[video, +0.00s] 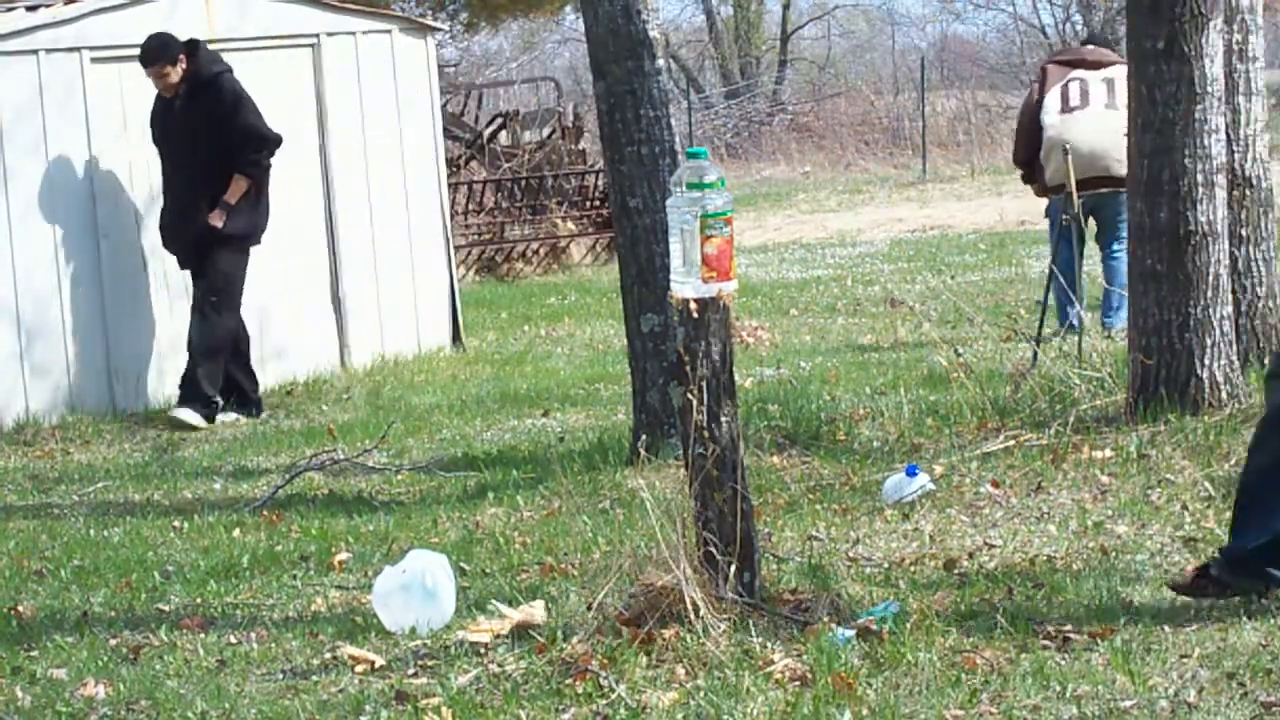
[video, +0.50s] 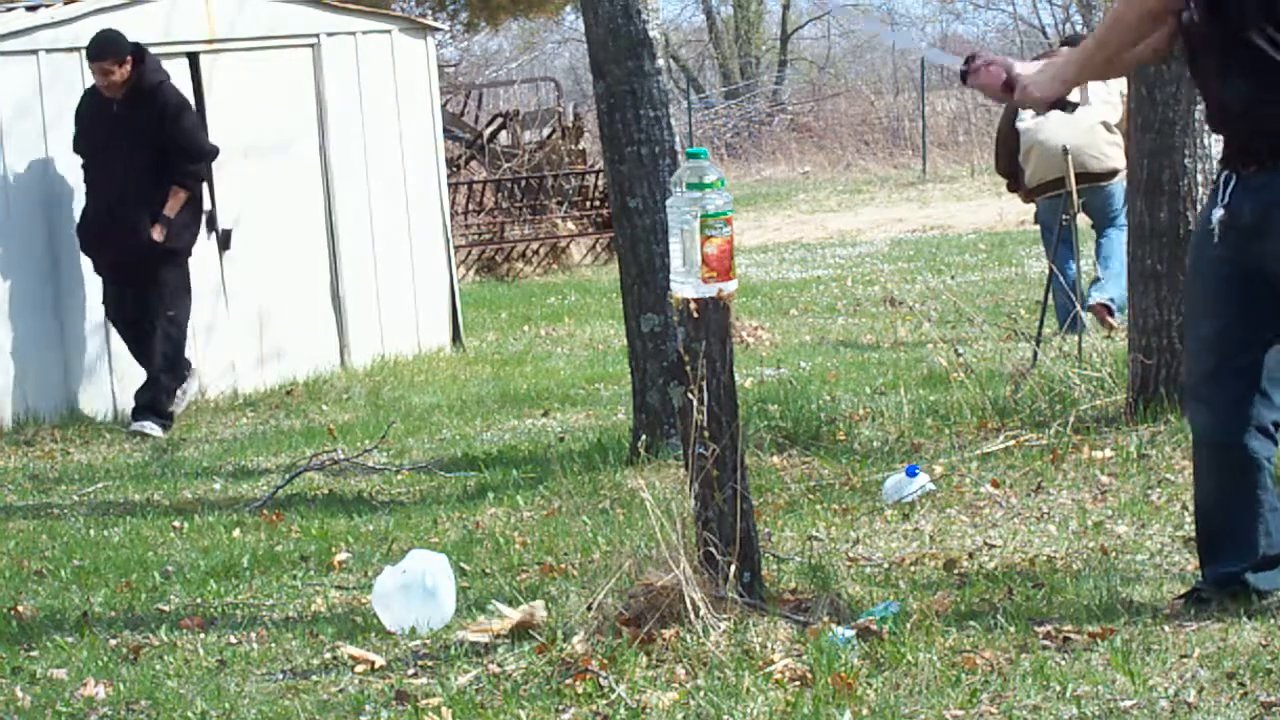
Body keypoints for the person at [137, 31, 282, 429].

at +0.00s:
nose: (159, 84)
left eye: (164, 75)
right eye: (153, 77)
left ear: (181, 62)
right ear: (148, 73)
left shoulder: (219, 86)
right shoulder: (163, 108)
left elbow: (259, 145)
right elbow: (175, 166)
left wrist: (225, 205)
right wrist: (172, 214)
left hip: (229, 218)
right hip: (191, 219)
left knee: (212, 306)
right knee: (218, 309)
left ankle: (198, 403)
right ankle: (243, 399)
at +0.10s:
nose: (149, 87)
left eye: (154, 78)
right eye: (143, 80)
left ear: (172, 64)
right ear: (137, 74)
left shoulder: (208, 91)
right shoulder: (150, 108)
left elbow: (247, 151)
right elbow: (160, 167)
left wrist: (212, 210)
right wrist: (157, 213)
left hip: (217, 220)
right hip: (179, 222)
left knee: (194, 306)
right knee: (214, 312)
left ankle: (166, 404)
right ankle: (243, 402)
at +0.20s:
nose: (138, 89)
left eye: (144, 79)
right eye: (132, 82)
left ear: (161, 66)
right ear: (125, 77)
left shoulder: (196, 99)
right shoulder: (136, 115)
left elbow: (229, 160)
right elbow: (144, 176)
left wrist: (195, 219)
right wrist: (141, 222)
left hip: (203, 226)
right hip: (164, 228)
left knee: (181, 314)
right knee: (204, 316)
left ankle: (156, 411)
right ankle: (242, 403)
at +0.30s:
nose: (124, 88)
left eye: (130, 79)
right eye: (117, 81)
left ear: (148, 66)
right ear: (112, 76)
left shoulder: (180, 98)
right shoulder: (121, 108)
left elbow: (213, 164)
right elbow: (128, 171)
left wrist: (178, 223)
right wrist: (125, 222)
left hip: (187, 227)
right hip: (145, 228)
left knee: (173, 318)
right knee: (183, 315)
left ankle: (153, 415)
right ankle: (238, 398)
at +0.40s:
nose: (113, 85)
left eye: (120, 77)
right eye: (107, 78)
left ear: (138, 65)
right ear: (99, 72)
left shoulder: (173, 100)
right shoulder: (104, 106)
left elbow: (199, 165)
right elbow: (110, 168)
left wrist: (169, 221)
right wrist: (104, 218)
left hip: (173, 229)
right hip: (125, 230)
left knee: (171, 319)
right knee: (147, 319)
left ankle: (153, 414)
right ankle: (211, 377)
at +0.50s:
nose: (102, 80)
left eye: (109, 72)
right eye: (96, 72)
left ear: (129, 64)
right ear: (89, 69)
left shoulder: (161, 96)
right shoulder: (90, 103)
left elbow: (195, 160)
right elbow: (91, 166)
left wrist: (163, 222)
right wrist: (93, 216)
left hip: (160, 231)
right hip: (112, 231)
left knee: (163, 317)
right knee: (123, 314)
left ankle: (152, 414)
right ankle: (178, 375)